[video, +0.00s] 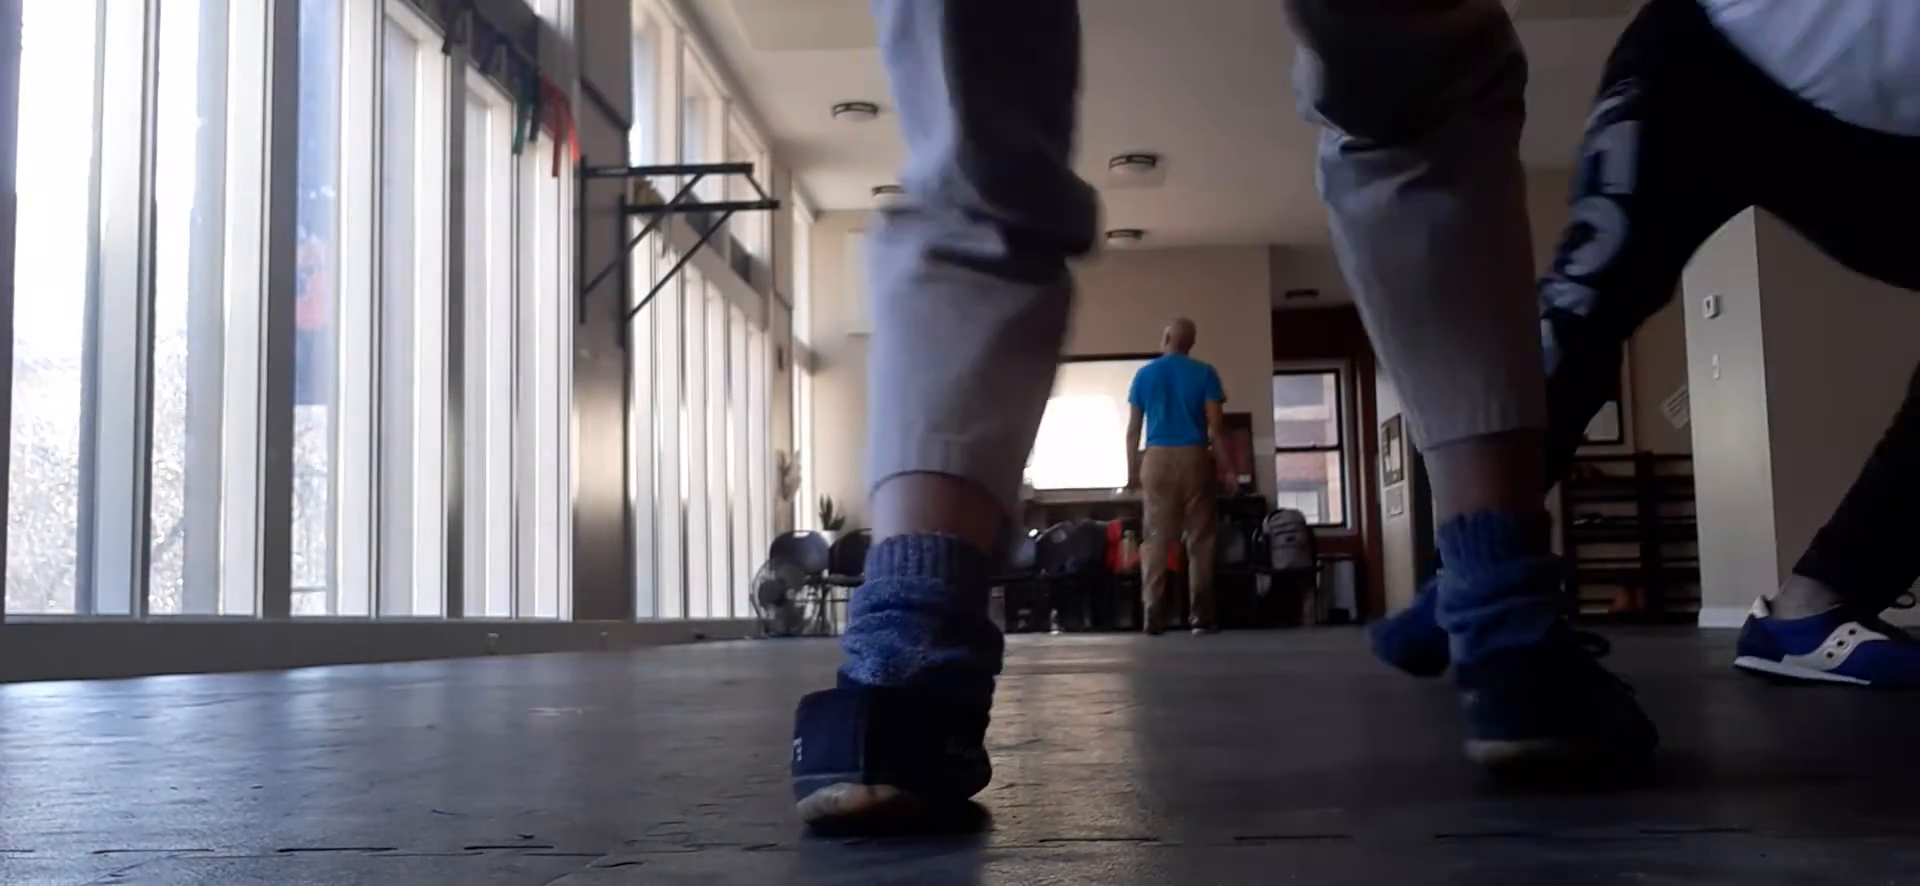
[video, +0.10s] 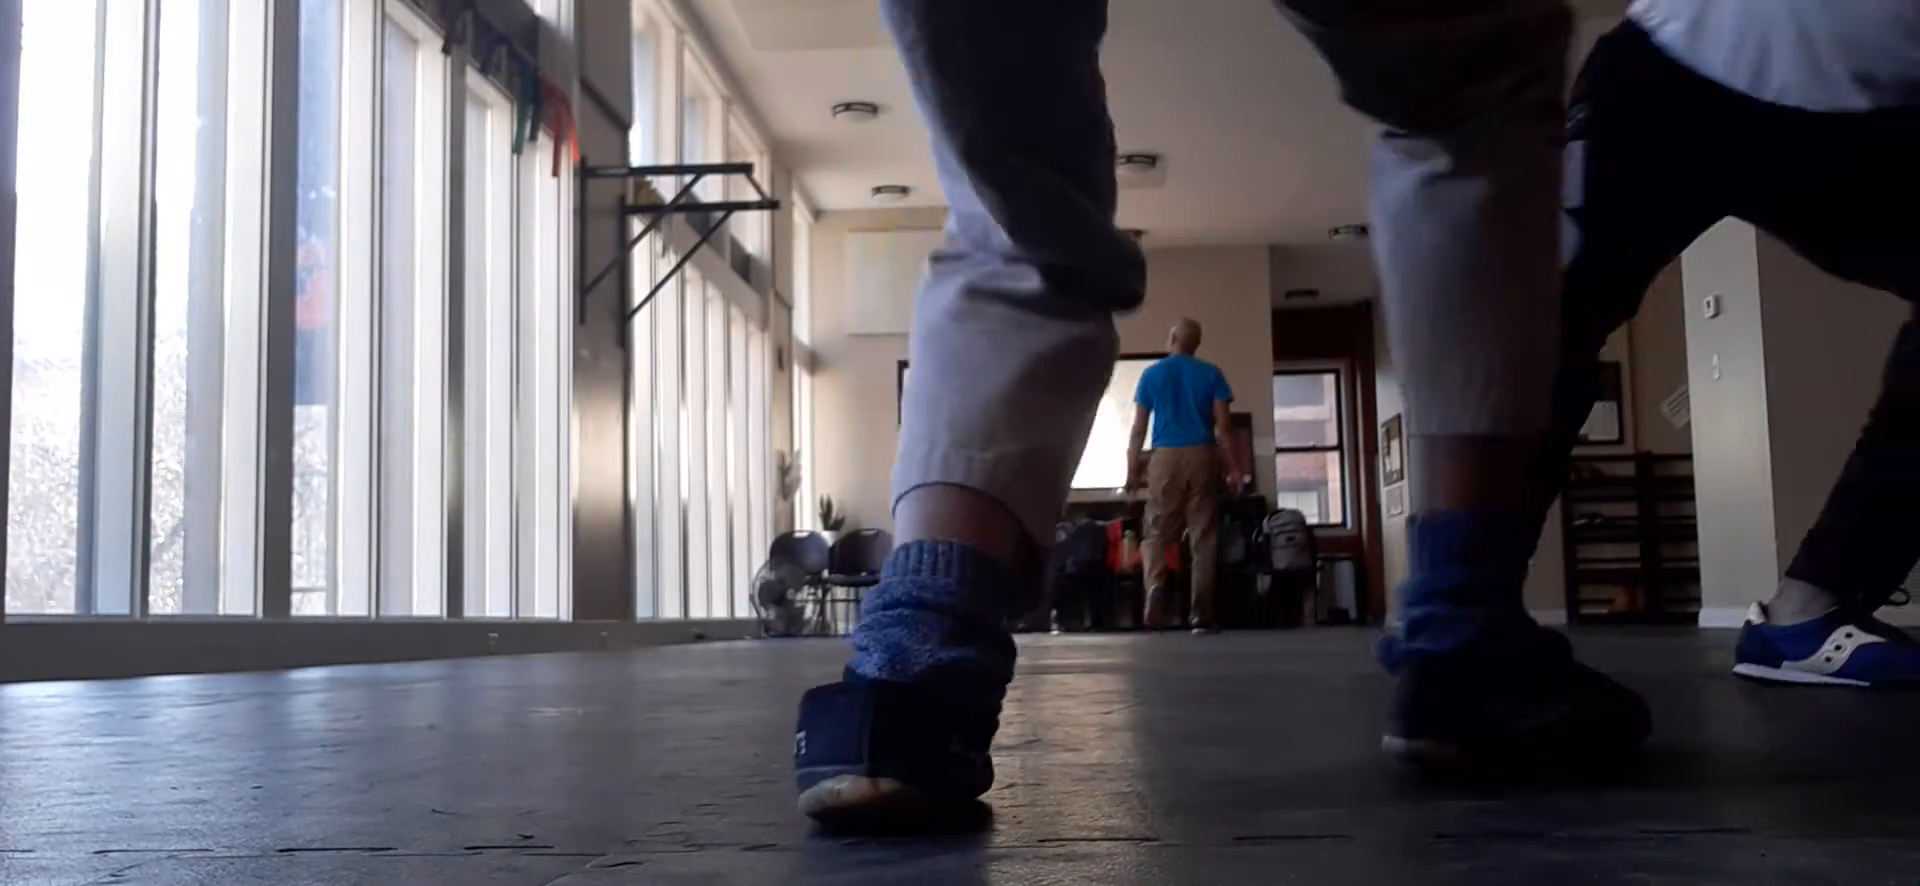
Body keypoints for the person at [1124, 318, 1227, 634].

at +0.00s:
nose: (1162, 343)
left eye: (1164, 338)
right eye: (1170, 338)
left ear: (1165, 340)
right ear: (1192, 344)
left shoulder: (1145, 374)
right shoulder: (1204, 373)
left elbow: (1133, 430)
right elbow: (1215, 427)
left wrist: (1132, 471)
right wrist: (1226, 467)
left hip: (1156, 454)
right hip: (1194, 454)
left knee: (1155, 535)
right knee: (1199, 536)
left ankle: (1152, 612)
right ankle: (1200, 615)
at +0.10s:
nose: (1167, 342)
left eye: (1169, 337)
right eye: (1172, 337)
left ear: (1172, 340)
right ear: (1197, 344)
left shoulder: (1152, 374)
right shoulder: (1211, 373)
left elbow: (1139, 430)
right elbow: (1222, 426)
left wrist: (1131, 472)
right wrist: (1233, 466)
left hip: (1164, 456)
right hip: (1201, 455)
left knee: (1155, 530)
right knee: (1202, 535)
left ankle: (1154, 586)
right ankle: (1200, 613)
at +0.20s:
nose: (1171, 343)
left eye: (1173, 338)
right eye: (1176, 338)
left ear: (1175, 341)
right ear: (1201, 345)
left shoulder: (1156, 373)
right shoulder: (1216, 374)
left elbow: (1142, 426)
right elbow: (1228, 424)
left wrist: (1133, 469)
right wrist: (1238, 464)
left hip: (1167, 456)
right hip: (1204, 455)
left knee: (1158, 531)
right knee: (1203, 534)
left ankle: (1156, 594)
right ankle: (1201, 613)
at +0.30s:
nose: (1176, 346)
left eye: (1177, 341)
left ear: (1178, 343)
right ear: (1203, 346)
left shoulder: (1159, 374)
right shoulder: (1218, 375)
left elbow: (1144, 425)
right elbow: (1232, 423)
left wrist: (1133, 468)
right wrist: (1243, 463)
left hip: (1169, 454)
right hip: (1207, 453)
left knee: (1164, 533)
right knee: (1204, 535)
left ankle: (1158, 612)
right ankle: (1201, 613)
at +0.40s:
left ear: (1178, 349)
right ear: (1204, 347)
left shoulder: (1162, 374)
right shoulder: (1218, 376)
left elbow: (1144, 428)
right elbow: (1233, 422)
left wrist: (1131, 480)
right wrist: (1245, 461)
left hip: (1170, 454)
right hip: (1206, 452)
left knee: (1170, 538)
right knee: (1204, 538)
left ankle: (1163, 616)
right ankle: (1201, 614)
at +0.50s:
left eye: (1175, 346)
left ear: (1173, 352)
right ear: (1202, 350)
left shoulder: (1158, 381)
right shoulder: (1219, 380)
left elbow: (1145, 428)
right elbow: (1233, 426)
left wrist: (1133, 472)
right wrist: (1244, 462)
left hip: (1170, 457)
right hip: (1208, 455)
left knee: (1172, 536)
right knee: (1205, 536)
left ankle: (1173, 615)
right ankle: (1202, 614)